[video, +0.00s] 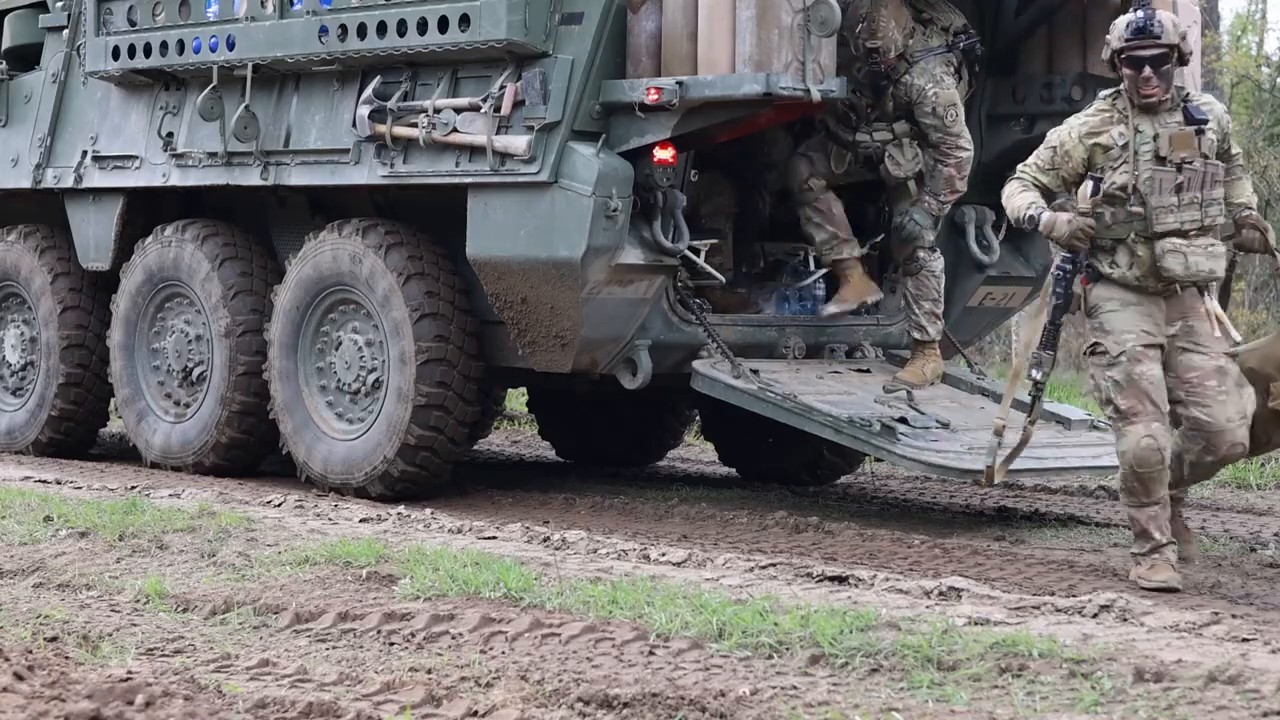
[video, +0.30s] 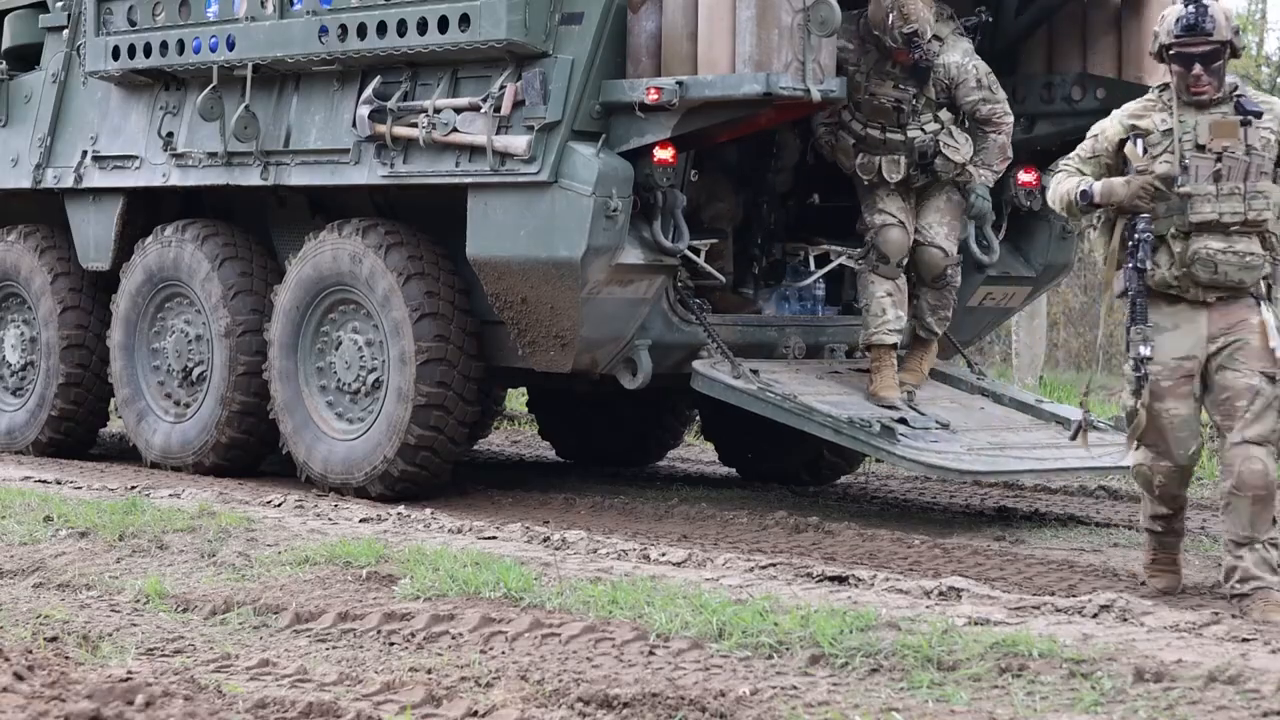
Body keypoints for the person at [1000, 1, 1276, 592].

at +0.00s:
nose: (1149, 73)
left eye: (1160, 61)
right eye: (1136, 63)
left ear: (1176, 61)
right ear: (1118, 67)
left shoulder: (1207, 116)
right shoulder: (1091, 127)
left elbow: (1235, 175)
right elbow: (1016, 189)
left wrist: (1247, 218)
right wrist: (1045, 216)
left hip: (1193, 297)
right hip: (1120, 298)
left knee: (1225, 433)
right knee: (1146, 436)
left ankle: (1167, 491)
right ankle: (1153, 551)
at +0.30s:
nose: (1197, 72)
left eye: (1209, 60)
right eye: (1184, 61)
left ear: (1229, 57)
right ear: (1166, 61)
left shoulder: (1263, 119)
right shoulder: (1134, 121)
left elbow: (1271, 202)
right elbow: (1058, 187)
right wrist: (1103, 191)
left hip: (1243, 304)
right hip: (1165, 306)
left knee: (1256, 446)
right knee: (1169, 444)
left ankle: (1251, 575)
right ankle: (1163, 540)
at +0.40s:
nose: (1209, 74)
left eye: (1221, 61)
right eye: (1195, 63)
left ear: (1241, 59)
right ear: (1176, 65)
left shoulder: (1269, 120)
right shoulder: (1144, 128)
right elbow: (1076, 205)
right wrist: (1122, 195)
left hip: (1263, 310)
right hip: (1184, 312)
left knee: (1272, 464)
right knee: (1206, 463)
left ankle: (1257, 582)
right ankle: (1185, 531)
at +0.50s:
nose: (1210, 65)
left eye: (1222, 52)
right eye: (1197, 54)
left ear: (1243, 51)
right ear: (1180, 58)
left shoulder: (1267, 110)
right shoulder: (1155, 118)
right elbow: (1084, 200)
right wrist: (1132, 193)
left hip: (1264, 298)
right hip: (1190, 297)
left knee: (1271, 444)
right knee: (1221, 426)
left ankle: (1263, 573)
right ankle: (1219, 550)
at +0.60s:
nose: (1207, 45)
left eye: (1219, 31)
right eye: (1192, 35)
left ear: (1242, 31)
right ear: (1176, 42)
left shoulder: (1270, 93)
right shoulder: (1149, 107)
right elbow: (1089, 189)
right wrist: (1135, 187)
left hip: (1269, 289)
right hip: (1192, 290)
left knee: (1269, 437)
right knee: (1215, 422)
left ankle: (1263, 570)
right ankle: (1219, 562)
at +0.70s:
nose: (1202, 27)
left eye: (1216, 14)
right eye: (1187, 18)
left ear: (1241, 16)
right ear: (1170, 27)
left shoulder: (1271, 84)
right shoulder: (1145, 96)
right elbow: (1088, 185)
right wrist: (1127, 181)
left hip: (1269, 281)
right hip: (1187, 283)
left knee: (1270, 433)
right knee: (1208, 427)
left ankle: (1266, 556)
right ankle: (1224, 573)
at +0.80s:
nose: (1205, 20)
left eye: (1219, 8)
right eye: (1190, 10)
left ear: (1244, 11)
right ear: (1173, 17)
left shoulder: (1269, 75)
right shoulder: (1143, 85)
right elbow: (1086, 179)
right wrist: (1132, 169)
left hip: (1265, 281)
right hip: (1180, 284)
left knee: (1271, 432)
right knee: (1191, 432)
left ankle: (1270, 553)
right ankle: (1222, 579)